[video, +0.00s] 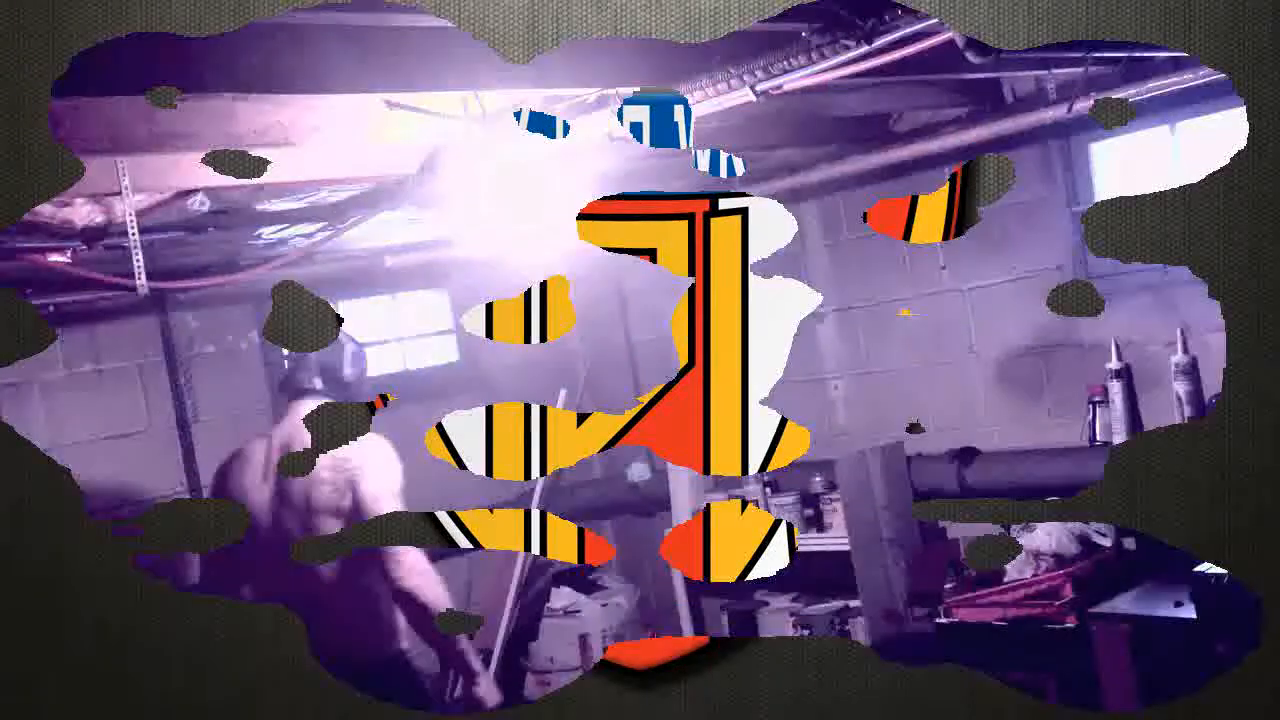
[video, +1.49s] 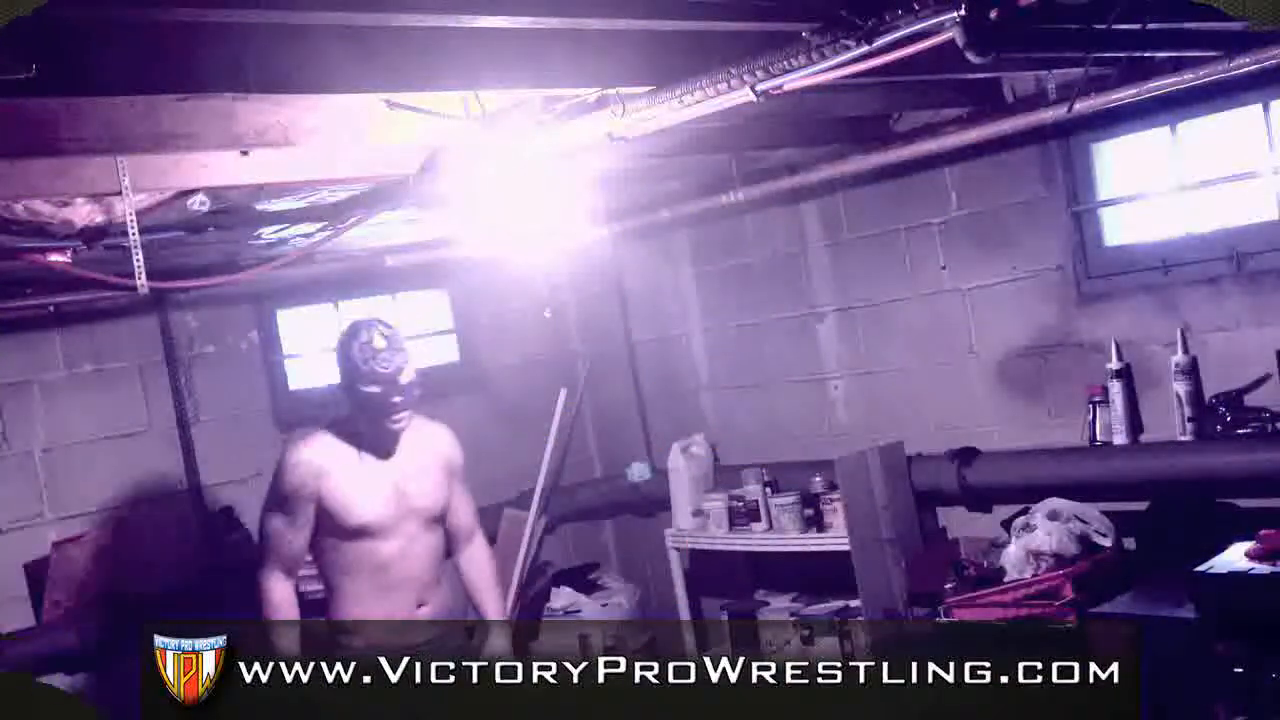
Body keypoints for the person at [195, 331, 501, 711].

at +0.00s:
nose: (372, 396)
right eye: (366, 381)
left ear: (287, 383)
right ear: (349, 381)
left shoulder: (236, 467)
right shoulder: (366, 451)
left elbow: (219, 583)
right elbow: (404, 570)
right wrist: (472, 667)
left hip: (288, 679)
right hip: (379, 671)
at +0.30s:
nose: (424, 394)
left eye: (426, 380)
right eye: (422, 379)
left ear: (352, 369)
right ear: (402, 375)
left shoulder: (290, 450)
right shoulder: (389, 446)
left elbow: (271, 563)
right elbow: (416, 568)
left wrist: (294, 653)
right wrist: (498, 660)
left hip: (331, 663)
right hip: (398, 663)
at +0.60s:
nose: (453, 377)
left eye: (453, 361)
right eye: (446, 360)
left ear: (406, 360)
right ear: (413, 360)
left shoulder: (381, 427)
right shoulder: (369, 433)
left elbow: (376, 550)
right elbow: (362, 561)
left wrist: (431, 643)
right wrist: (428, 656)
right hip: (393, 646)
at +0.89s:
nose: (460, 386)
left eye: (460, 371)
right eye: (448, 369)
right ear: (412, 368)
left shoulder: (415, 438)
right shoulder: (358, 436)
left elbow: (444, 530)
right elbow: (311, 550)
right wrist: (340, 650)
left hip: (427, 626)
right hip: (375, 634)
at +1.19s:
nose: (441, 394)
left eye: (445, 380)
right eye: (426, 381)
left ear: (451, 375)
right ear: (392, 381)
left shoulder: (442, 445)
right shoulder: (342, 446)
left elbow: (473, 533)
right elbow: (294, 554)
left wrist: (531, 605)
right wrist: (302, 664)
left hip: (440, 634)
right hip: (370, 640)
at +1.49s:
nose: (398, 403)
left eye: (405, 388)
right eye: (380, 392)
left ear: (415, 381)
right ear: (350, 392)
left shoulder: (439, 443)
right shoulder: (310, 460)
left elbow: (469, 543)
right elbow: (279, 573)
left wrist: (499, 630)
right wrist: (293, 669)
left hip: (446, 640)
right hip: (361, 648)